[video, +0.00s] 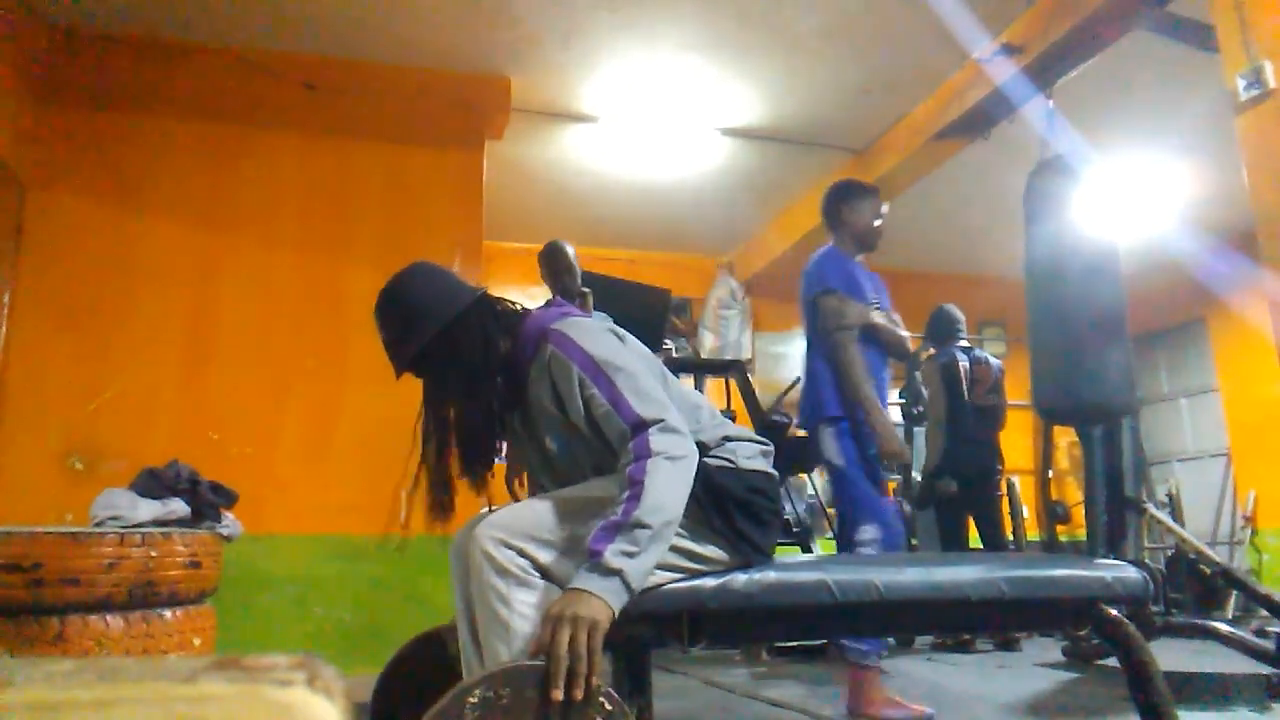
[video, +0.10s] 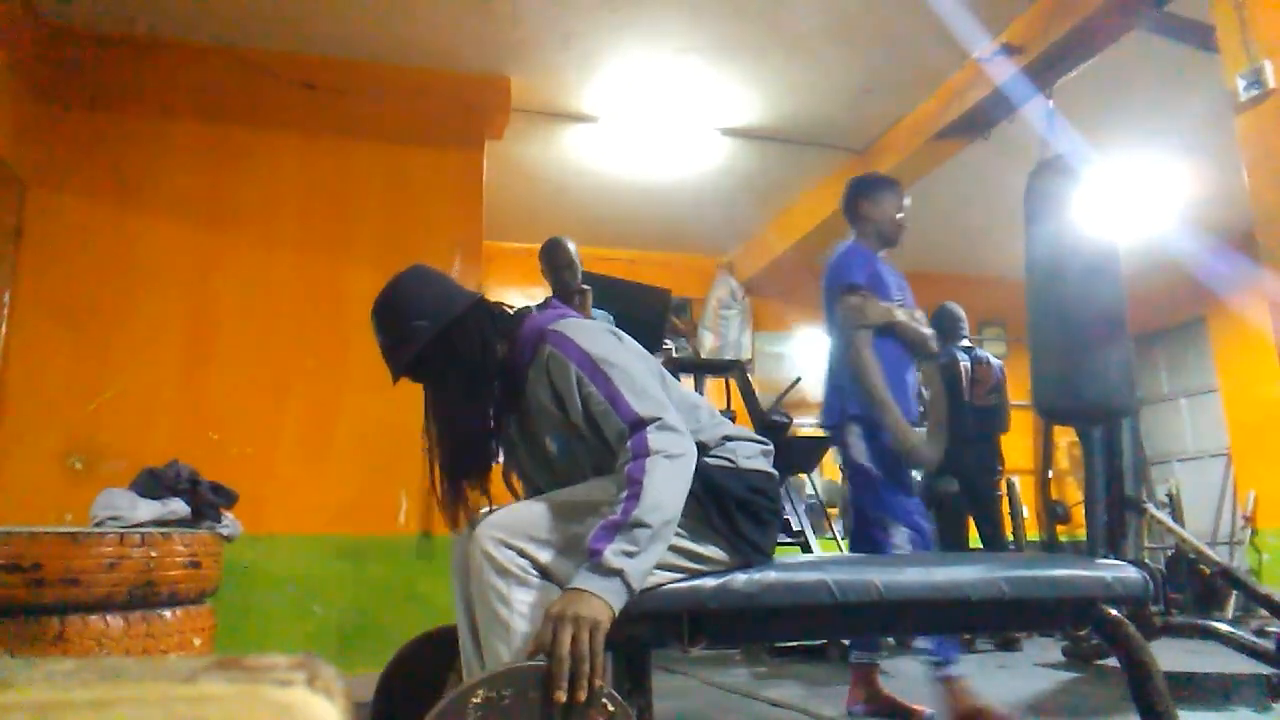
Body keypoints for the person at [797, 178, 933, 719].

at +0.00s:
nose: (882, 222)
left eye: (882, 214)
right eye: (874, 214)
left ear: (860, 218)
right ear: (843, 215)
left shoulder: (870, 279)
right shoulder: (828, 267)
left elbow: (905, 349)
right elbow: (843, 352)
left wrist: (869, 319)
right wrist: (880, 426)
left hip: (865, 421)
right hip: (839, 420)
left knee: (873, 538)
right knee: (876, 532)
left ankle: (866, 683)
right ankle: (864, 686)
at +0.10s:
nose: (905, 216)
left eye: (905, 207)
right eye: (897, 206)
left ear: (874, 211)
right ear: (864, 210)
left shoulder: (891, 276)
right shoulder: (852, 262)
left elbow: (929, 347)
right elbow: (856, 342)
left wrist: (895, 317)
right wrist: (898, 426)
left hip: (891, 424)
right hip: (863, 422)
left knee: (873, 548)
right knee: (912, 539)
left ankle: (863, 681)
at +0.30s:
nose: (948, 203)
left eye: (949, 195)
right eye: (939, 193)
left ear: (917, 196)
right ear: (905, 194)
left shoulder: (930, 260)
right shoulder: (901, 252)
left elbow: (988, 337)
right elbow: (920, 341)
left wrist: (950, 302)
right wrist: (958, 421)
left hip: (944, 413)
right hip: (920, 415)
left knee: (937, 544)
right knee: (970, 544)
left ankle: (881, 663)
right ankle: (1007, 694)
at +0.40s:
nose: (970, 190)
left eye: (972, 181)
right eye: (962, 177)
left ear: (955, 184)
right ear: (929, 179)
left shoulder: (949, 244)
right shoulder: (927, 239)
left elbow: (1004, 335)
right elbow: (950, 340)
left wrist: (988, 294)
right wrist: (1007, 413)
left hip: (969, 401)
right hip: (944, 403)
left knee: (1007, 540)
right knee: (983, 539)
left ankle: (924, 646)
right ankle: (1008, 696)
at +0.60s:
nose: (1030, 176)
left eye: (1033, 165)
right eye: (1021, 163)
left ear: (1006, 166)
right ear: (983, 162)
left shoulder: (1007, 226)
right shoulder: (977, 216)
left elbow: (1012, 304)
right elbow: (1001, 308)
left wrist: (1061, 296)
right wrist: (1090, 373)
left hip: (1037, 404)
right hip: (988, 406)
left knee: (1105, 525)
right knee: (1006, 541)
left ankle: (1093, 672)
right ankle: (1012, 687)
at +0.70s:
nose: (1061, 157)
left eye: (1060, 146)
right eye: (1047, 145)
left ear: (1042, 156)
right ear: (1010, 154)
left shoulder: (1045, 224)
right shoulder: (1009, 213)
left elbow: (1059, 318)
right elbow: (1025, 308)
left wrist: (1108, 318)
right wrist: (1116, 366)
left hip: (1069, 400)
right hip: (1020, 404)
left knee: (1128, 531)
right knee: (1025, 543)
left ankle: (1178, 681)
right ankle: (1019, 693)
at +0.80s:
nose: (1089, 152)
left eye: (1089, 141)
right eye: (1078, 142)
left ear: (1066, 150)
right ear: (1045, 150)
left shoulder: (1085, 217)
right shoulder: (1042, 208)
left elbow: (1093, 311)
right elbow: (1047, 306)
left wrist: (1144, 318)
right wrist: (1127, 370)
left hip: (1115, 405)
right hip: (1068, 406)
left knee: (1167, 548)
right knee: (1068, 550)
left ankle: (1222, 695)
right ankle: (1025, 695)